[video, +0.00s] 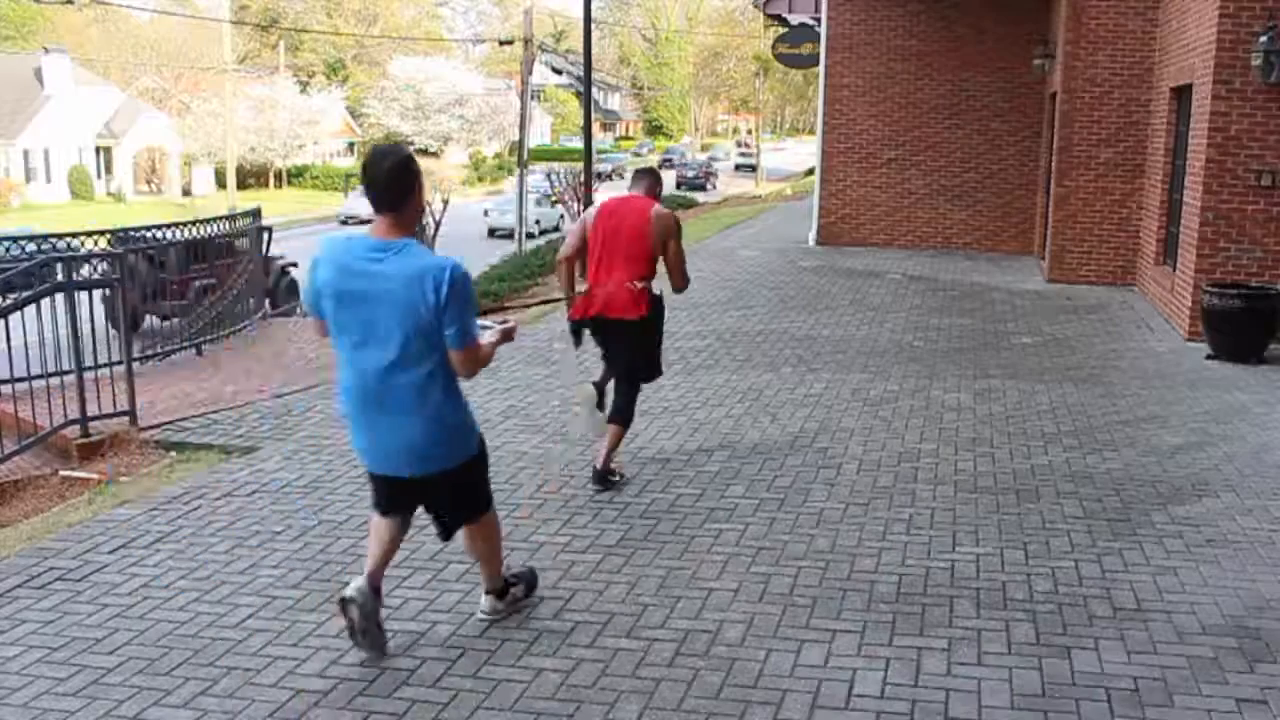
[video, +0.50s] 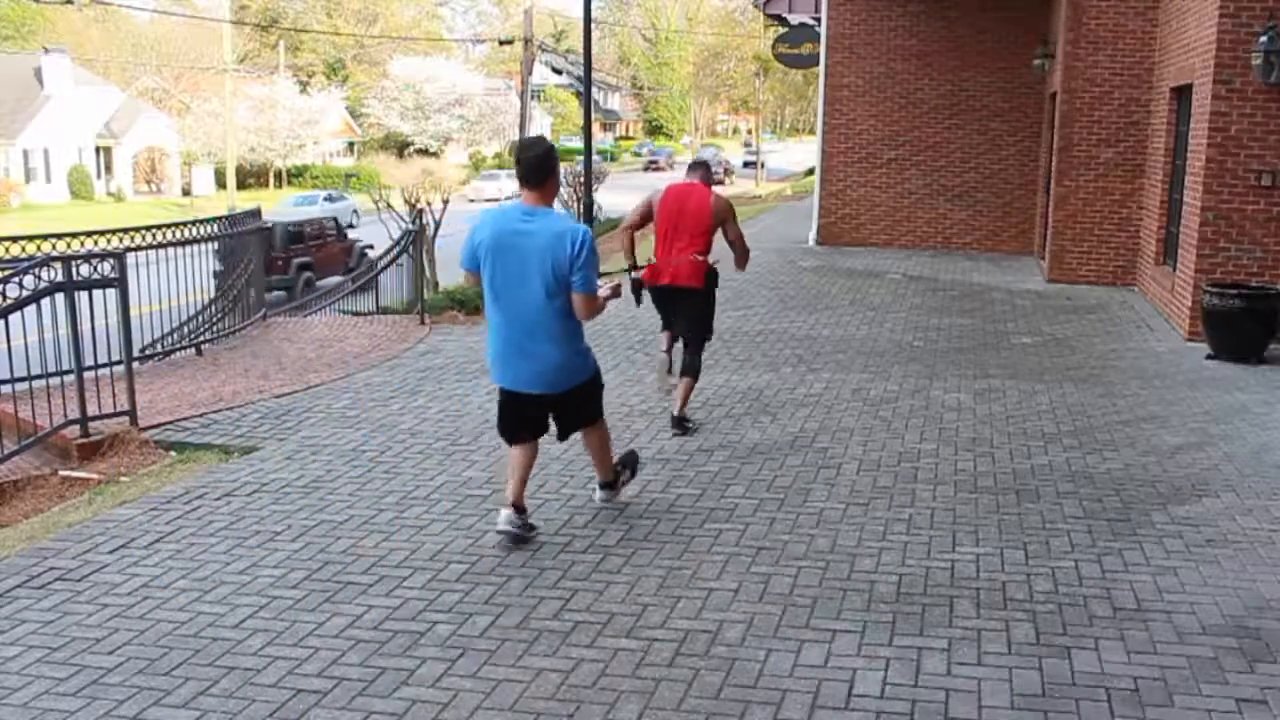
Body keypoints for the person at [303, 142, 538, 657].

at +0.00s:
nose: (426, 194)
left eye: (422, 186)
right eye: (423, 186)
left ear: (368, 198)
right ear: (417, 195)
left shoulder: (331, 257)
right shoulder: (442, 273)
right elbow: (465, 364)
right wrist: (495, 341)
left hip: (372, 433)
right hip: (439, 433)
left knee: (391, 505)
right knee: (475, 507)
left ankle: (367, 585)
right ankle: (496, 589)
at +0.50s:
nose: (561, 177)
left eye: (555, 171)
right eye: (559, 171)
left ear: (517, 177)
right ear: (556, 176)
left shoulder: (488, 222)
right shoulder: (574, 234)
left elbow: (470, 275)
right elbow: (585, 310)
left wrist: (514, 268)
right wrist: (605, 296)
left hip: (510, 362)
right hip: (564, 362)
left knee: (523, 437)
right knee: (590, 420)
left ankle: (512, 509)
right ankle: (608, 478)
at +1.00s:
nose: (647, 170)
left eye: (640, 166)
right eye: (646, 166)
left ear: (612, 169)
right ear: (643, 170)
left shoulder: (585, 207)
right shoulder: (656, 215)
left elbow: (573, 258)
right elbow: (668, 276)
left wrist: (601, 261)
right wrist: (683, 261)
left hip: (607, 318)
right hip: (649, 317)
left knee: (617, 379)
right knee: (672, 365)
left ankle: (617, 439)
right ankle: (673, 419)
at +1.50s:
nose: (696, 168)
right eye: (699, 163)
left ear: (674, 165)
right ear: (700, 166)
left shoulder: (654, 198)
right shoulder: (715, 203)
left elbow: (644, 237)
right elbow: (725, 252)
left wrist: (669, 227)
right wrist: (739, 243)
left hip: (669, 291)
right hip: (704, 289)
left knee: (674, 340)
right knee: (719, 325)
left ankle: (671, 387)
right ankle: (708, 377)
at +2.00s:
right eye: (742, 159)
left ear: (721, 162)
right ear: (744, 162)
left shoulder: (707, 190)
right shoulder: (759, 193)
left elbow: (698, 223)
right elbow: (771, 234)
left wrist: (718, 216)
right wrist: (779, 226)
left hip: (721, 266)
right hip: (752, 265)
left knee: (725, 308)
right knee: (760, 298)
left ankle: (725, 350)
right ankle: (753, 338)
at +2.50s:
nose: (772, 154)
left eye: (763, 151)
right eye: (777, 150)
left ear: (759, 152)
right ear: (779, 151)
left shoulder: (747, 177)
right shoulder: (793, 180)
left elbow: (738, 206)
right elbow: (801, 215)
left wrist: (756, 202)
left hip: (758, 245)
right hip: (785, 245)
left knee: (760, 287)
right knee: (790, 278)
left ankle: (759, 323)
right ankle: (782, 310)